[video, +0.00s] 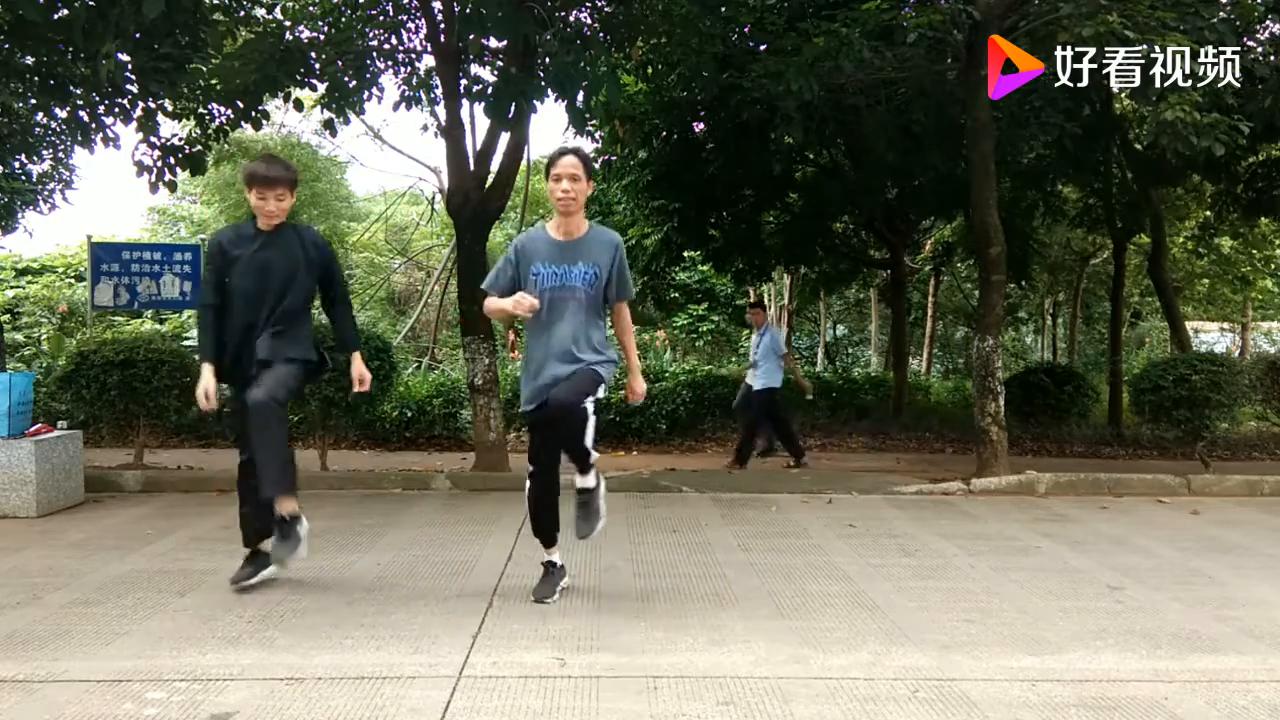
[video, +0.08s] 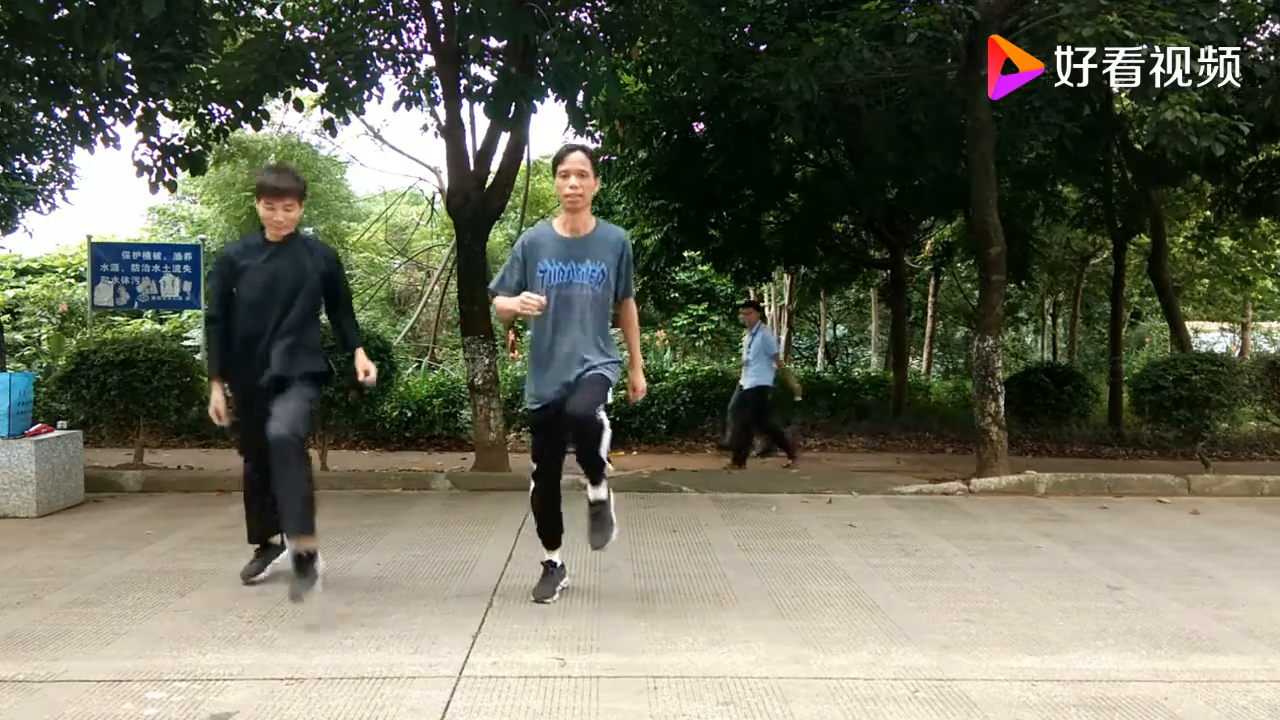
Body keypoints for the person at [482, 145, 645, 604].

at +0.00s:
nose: (566, 187)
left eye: (574, 179)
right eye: (558, 179)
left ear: (589, 187)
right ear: (547, 186)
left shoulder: (608, 244)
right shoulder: (526, 244)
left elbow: (621, 310)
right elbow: (490, 303)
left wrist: (634, 369)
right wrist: (511, 304)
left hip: (590, 362)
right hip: (539, 370)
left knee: (561, 405)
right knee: (542, 469)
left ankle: (587, 480)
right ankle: (551, 561)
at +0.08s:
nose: (573, 183)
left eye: (582, 175)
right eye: (565, 175)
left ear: (596, 184)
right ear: (554, 183)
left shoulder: (615, 241)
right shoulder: (532, 241)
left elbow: (626, 304)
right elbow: (500, 301)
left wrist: (636, 365)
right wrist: (516, 302)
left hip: (596, 361)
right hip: (546, 369)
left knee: (583, 415)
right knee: (546, 472)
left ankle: (597, 493)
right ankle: (552, 561)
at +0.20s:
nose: (592, 183)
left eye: (600, 174)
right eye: (583, 175)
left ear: (614, 183)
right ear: (572, 183)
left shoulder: (631, 242)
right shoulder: (546, 240)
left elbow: (638, 302)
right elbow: (528, 298)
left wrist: (645, 359)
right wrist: (538, 322)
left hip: (610, 380)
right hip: (555, 381)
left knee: (612, 465)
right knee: (548, 473)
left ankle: (619, 558)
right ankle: (547, 554)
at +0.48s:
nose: (616, 175)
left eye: (625, 167)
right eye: (608, 167)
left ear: (638, 176)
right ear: (597, 176)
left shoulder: (661, 233)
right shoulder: (576, 237)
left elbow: (674, 301)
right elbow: (570, 303)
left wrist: (678, 357)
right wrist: (563, 366)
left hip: (646, 373)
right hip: (589, 370)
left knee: (639, 480)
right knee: (576, 460)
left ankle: (630, 573)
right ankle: (574, 513)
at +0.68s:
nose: (635, 187)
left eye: (643, 179)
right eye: (626, 180)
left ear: (658, 188)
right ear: (616, 190)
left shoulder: (681, 245)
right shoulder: (596, 248)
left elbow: (700, 304)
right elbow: (587, 313)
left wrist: (691, 326)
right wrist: (585, 369)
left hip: (664, 375)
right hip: (611, 366)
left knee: (651, 481)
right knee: (629, 423)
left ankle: (633, 570)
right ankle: (624, 503)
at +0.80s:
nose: (647, 182)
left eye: (655, 174)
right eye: (638, 175)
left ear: (669, 182)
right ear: (628, 186)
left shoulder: (695, 239)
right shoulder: (609, 244)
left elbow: (716, 300)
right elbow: (597, 307)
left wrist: (696, 314)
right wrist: (588, 364)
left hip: (679, 374)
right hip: (628, 370)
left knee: (662, 472)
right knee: (646, 463)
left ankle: (625, 556)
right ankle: (662, 554)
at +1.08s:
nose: (674, 178)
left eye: (682, 169)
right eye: (665, 171)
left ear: (696, 176)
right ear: (654, 180)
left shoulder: (722, 232)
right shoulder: (638, 240)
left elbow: (731, 298)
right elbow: (621, 308)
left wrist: (739, 357)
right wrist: (613, 371)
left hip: (713, 374)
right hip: (659, 377)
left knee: (715, 468)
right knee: (668, 480)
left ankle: (661, 517)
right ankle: (671, 574)